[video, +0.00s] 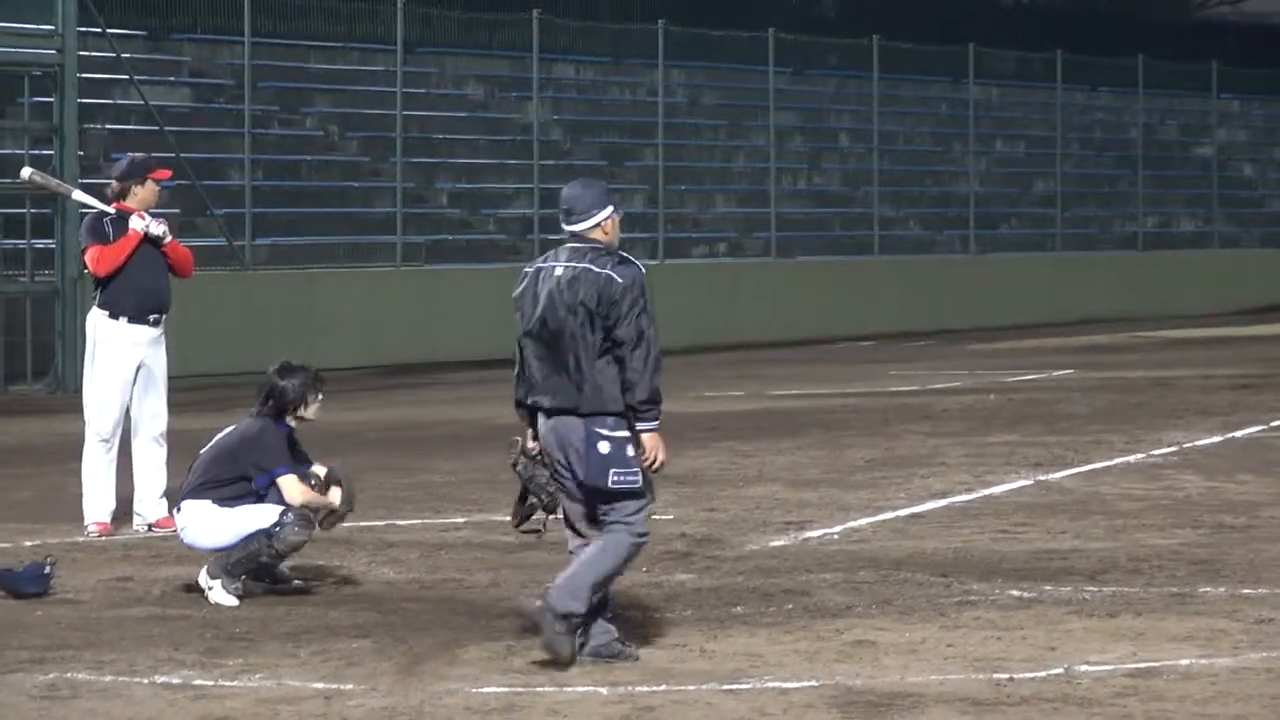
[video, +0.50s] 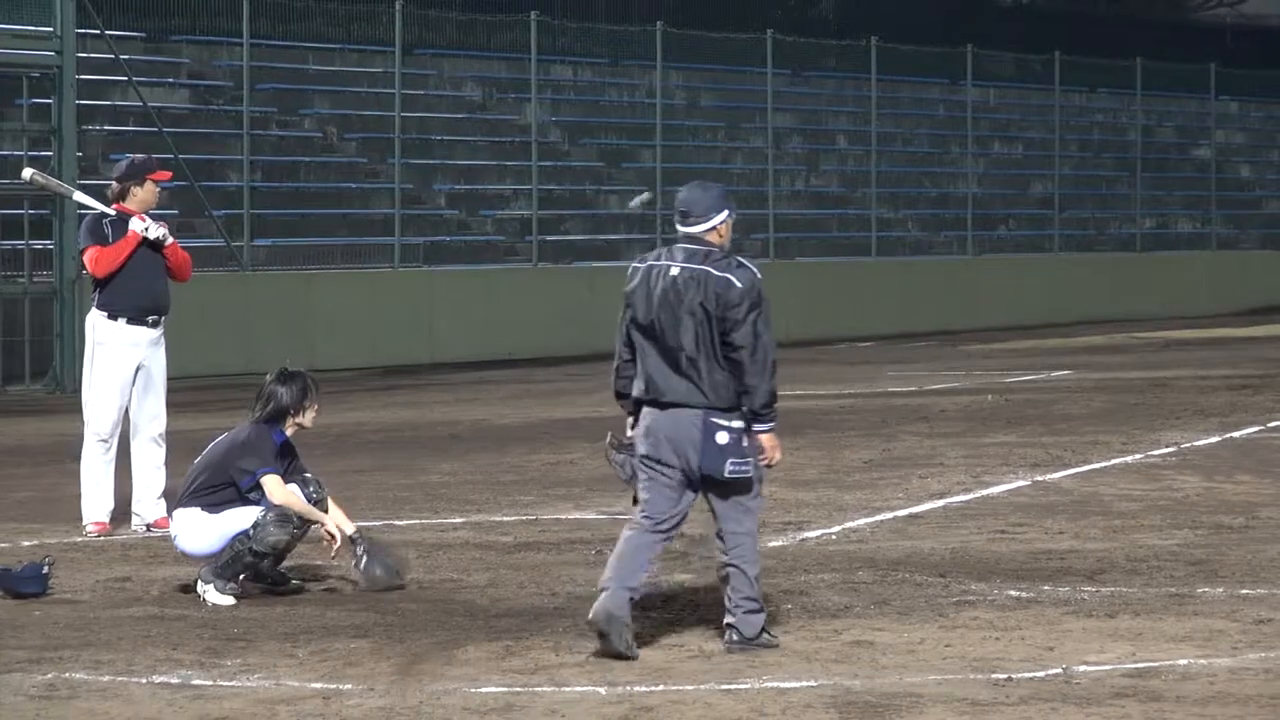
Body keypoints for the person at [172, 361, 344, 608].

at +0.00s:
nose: (321, 399)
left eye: (319, 393)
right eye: (315, 394)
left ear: (286, 399)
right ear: (297, 401)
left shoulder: (279, 430)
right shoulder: (267, 433)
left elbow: (308, 469)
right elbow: (295, 496)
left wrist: (333, 483)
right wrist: (329, 501)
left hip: (222, 511)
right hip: (201, 518)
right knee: (296, 524)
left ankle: (263, 567)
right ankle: (218, 574)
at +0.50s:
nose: (317, 407)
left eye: (315, 401)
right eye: (312, 401)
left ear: (293, 411)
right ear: (294, 409)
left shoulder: (281, 444)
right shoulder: (256, 437)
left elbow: (313, 493)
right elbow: (278, 496)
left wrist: (355, 535)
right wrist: (323, 520)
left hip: (225, 515)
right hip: (193, 523)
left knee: (312, 492)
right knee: (280, 521)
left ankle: (262, 570)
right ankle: (214, 577)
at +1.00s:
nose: (320, 403)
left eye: (319, 397)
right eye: (317, 398)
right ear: (303, 406)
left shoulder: (282, 438)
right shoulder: (266, 438)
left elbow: (306, 489)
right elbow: (283, 501)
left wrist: (355, 523)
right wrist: (334, 520)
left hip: (230, 513)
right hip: (203, 521)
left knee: (318, 494)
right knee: (290, 528)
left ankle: (263, 567)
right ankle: (217, 575)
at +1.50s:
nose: (343, 374)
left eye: (341, 367)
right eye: (339, 368)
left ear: (306, 367)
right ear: (323, 374)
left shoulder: (299, 401)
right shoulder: (285, 402)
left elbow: (316, 451)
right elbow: (302, 468)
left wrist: (374, 467)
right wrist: (355, 508)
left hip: (245, 469)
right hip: (211, 475)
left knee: (319, 500)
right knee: (298, 528)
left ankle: (269, 559)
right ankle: (208, 575)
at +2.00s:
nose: (444, 366)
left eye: (445, 359)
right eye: (442, 358)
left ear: (421, 357)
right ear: (421, 356)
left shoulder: (408, 388)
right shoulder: (379, 374)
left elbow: (423, 435)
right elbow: (346, 438)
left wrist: (448, 475)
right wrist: (385, 484)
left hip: (327, 438)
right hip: (295, 423)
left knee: (390, 488)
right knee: (293, 526)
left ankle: (328, 562)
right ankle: (208, 577)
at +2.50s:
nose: (598, 228)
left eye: (595, 221)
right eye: (588, 222)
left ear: (579, 229)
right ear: (564, 231)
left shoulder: (607, 267)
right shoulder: (521, 272)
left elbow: (669, 279)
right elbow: (461, 277)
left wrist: (720, 306)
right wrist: (503, 237)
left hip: (598, 378)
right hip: (550, 380)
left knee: (639, 468)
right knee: (553, 478)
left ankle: (625, 524)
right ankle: (508, 556)